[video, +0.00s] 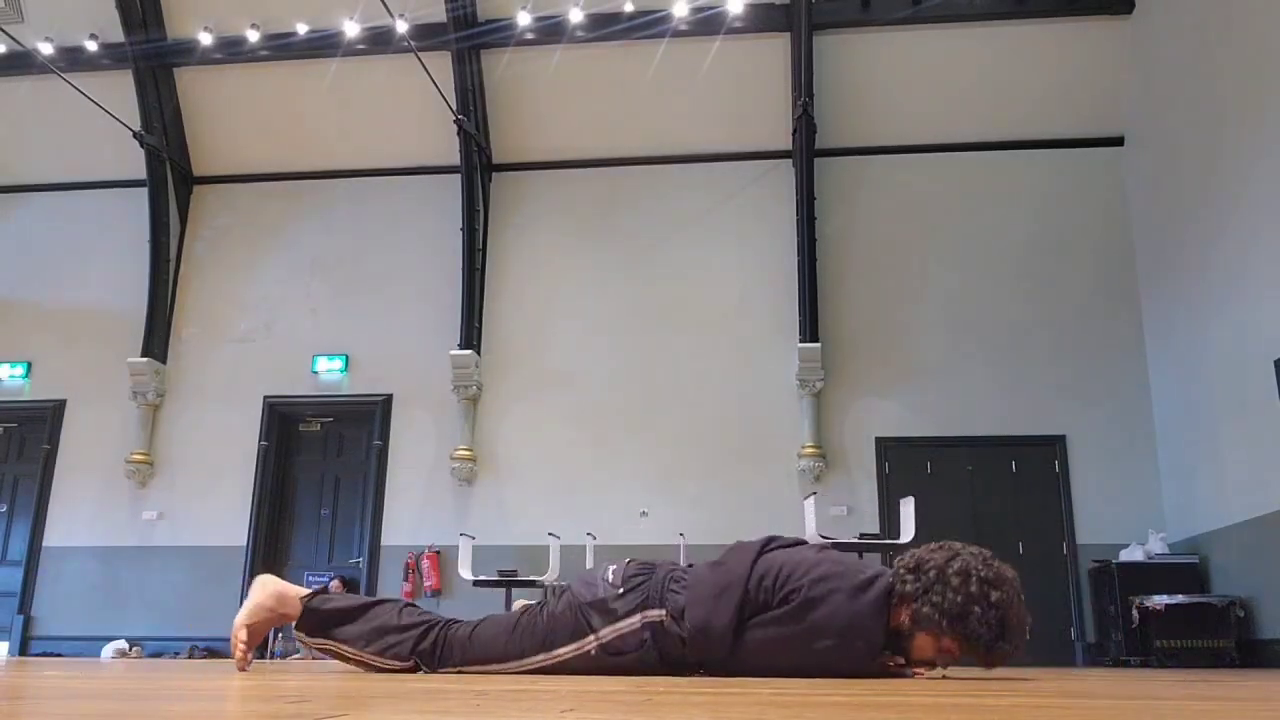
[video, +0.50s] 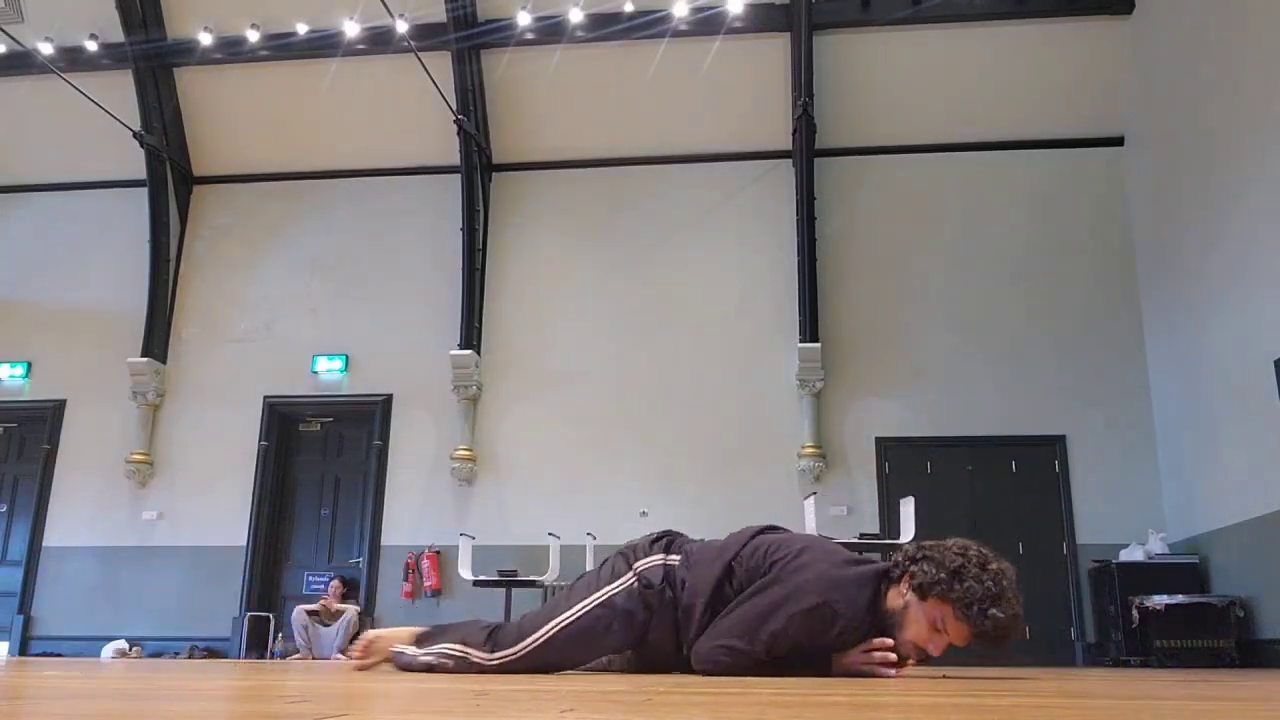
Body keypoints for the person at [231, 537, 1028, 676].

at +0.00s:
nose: (950, 668)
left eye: (966, 661)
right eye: (958, 657)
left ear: (934, 598)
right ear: (931, 623)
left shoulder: (872, 588)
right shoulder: (854, 617)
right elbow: (750, 664)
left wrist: (897, 657)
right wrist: (886, 673)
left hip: (650, 601)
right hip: (637, 616)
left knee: (481, 642)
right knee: (460, 650)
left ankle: (324, 612)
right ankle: (292, 606)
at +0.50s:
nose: (939, 645)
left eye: (952, 641)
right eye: (940, 627)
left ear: (948, 619)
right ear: (912, 589)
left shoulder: (879, 598)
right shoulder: (829, 588)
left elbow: (781, 655)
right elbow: (712, 660)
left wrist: (857, 654)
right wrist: (831, 666)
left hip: (674, 617)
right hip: (649, 589)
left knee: (525, 654)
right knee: (501, 659)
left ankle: (410, 644)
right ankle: (390, 646)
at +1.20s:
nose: (854, 615)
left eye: (872, 622)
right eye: (863, 598)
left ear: (890, 637)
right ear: (859, 565)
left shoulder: (846, 630)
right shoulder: (782, 558)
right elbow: (719, 652)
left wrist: (866, 657)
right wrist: (828, 662)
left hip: (693, 648)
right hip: (682, 584)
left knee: (595, 656)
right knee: (576, 621)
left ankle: (527, 645)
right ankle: (503, 651)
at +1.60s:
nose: (874, 615)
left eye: (895, 627)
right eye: (886, 598)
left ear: (918, 642)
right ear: (890, 565)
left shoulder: (904, 637)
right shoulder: (817, 554)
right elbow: (756, 635)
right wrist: (838, 660)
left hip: (739, 635)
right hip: (710, 573)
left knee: (689, 639)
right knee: (590, 540)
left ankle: (613, 649)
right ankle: (507, 641)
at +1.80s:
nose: (915, 625)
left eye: (934, 633)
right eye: (924, 609)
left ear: (952, 647)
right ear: (922, 577)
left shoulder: (918, 639)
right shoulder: (861, 555)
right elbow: (823, 618)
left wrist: (861, 661)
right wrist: (941, 662)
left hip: (764, 631)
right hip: (732, 569)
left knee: (757, 643)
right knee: (580, 541)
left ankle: (600, 652)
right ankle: (509, 639)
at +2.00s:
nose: (963, 623)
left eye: (978, 630)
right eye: (970, 611)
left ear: (981, 628)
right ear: (962, 578)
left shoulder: (941, 635)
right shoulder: (908, 551)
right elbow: (935, 612)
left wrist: (889, 659)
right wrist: (1057, 661)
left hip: (789, 627)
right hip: (746, 567)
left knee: (801, 645)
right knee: (568, 556)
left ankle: (642, 652)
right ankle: (502, 642)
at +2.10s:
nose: (971, 637)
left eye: (986, 640)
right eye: (981, 623)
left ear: (993, 631)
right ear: (984, 593)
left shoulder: (945, 629)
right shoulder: (928, 550)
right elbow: (1001, 606)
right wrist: (1107, 657)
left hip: (797, 618)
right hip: (758, 565)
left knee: (858, 644)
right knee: (563, 571)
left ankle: (727, 656)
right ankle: (501, 645)